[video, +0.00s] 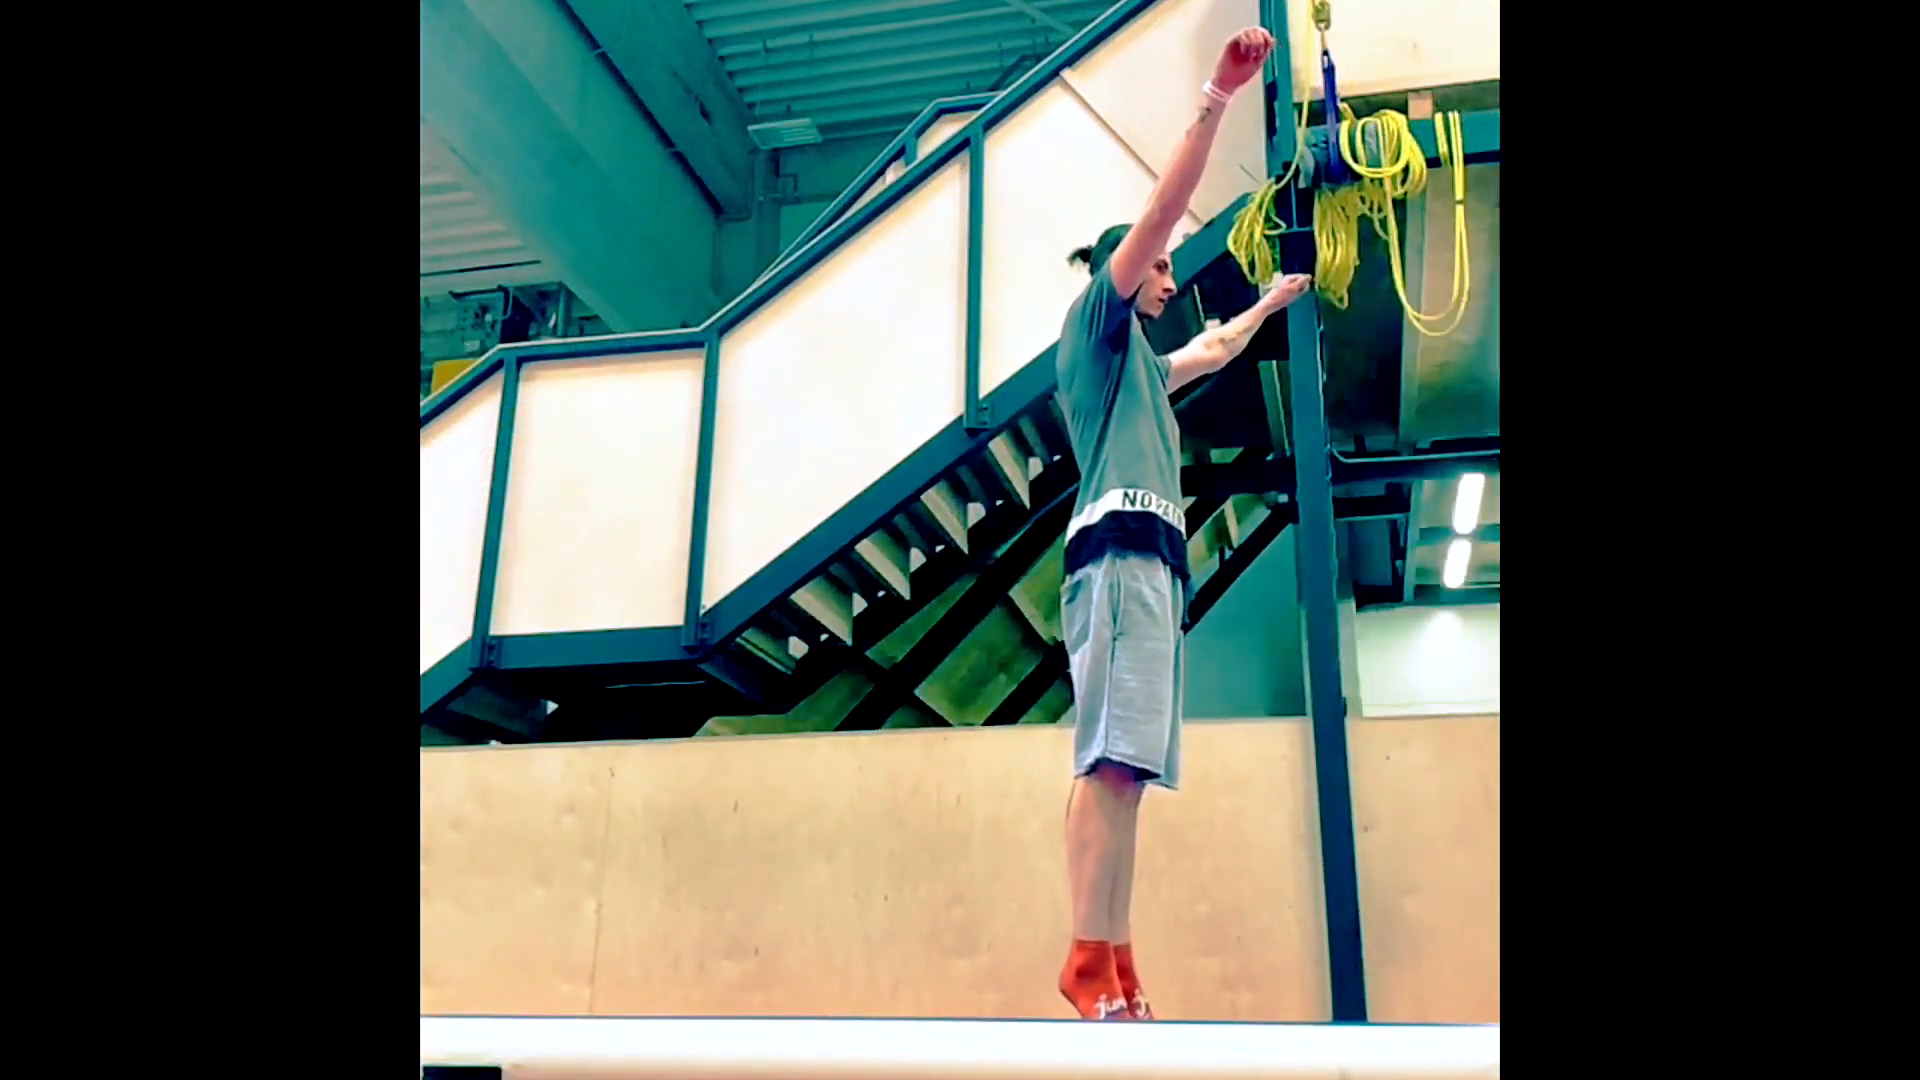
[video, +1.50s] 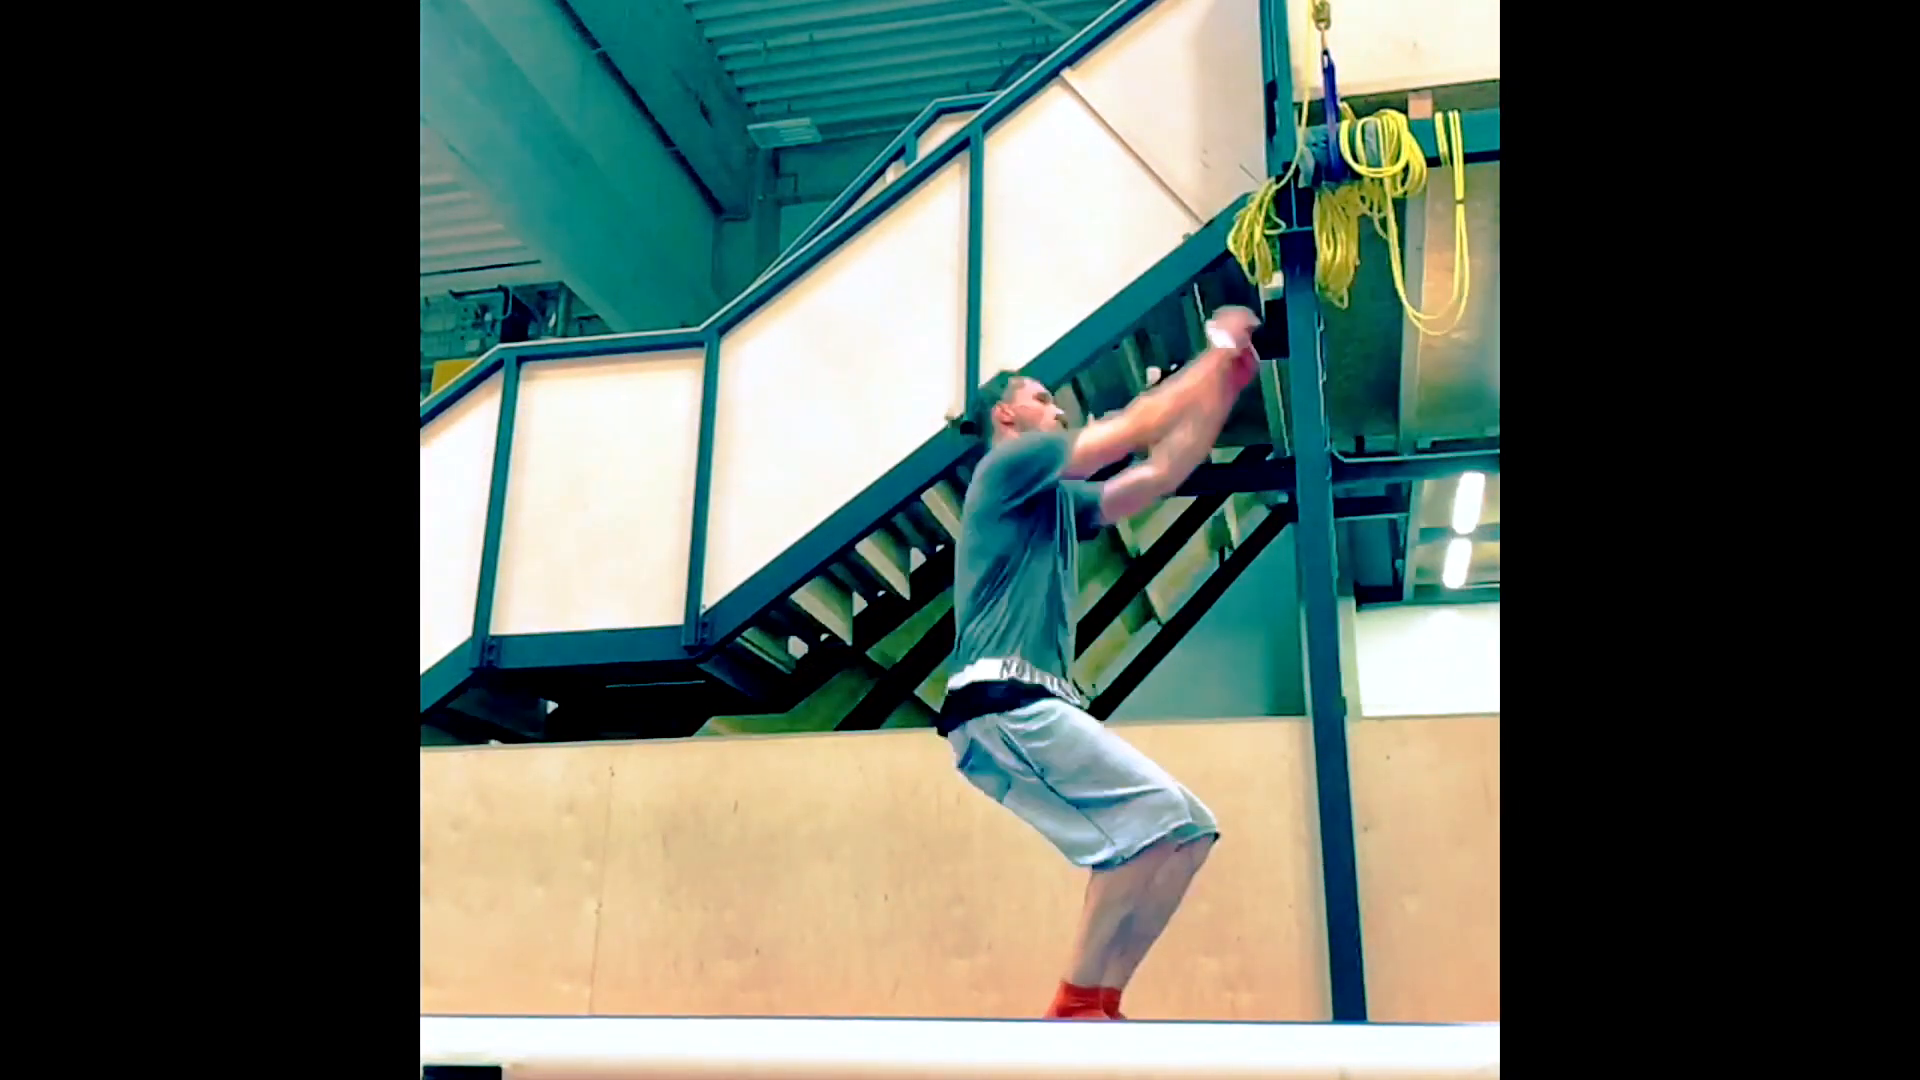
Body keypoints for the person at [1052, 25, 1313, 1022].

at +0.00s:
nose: (1164, 278)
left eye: (1166, 268)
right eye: (1153, 262)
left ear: (1148, 286)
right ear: (1118, 266)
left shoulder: (1137, 361)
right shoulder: (1097, 319)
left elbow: (1213, 345)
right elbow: (1165, 209)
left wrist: (1273, 299)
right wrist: (1215, 99)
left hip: (1149, 559)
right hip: (1120, 552)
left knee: (1127, 766)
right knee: (1112, 762)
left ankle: (1115, 964)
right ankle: (1086, 962)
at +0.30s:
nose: (1161, 282)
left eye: (1163, 273)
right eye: (1151, 267)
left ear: (1146, 290)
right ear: (1116, 269)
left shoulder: (1137, 361)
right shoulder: (1093, 319)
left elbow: (1212, 335)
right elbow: (1168, 207)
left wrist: (1270, 284)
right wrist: (1219, 100)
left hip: (1153, 561)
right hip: (1117, 555)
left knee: (1132, 767)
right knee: (1110, 761)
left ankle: (1116, 964)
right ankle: (1085, 962)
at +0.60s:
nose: (1154, 273)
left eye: (1152, 261)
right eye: (1141, 259)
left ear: (1127, 280)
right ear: (1104, 264)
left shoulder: (1126, 358)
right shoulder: (1082, 318)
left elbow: (1213, 325)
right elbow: (1189, 232)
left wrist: (1279, 262)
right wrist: (1268, 134)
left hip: (1140, 561)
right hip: (1110, 552)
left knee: (1129, 764)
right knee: (1110, 759)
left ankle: (1119, 966)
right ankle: (1087, 959)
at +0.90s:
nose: (1188, 292)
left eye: (1192, 282)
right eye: (1177, 275)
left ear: (1162, 286)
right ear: (1134, 272)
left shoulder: (1140, 374)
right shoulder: (1096, 330)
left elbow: (1159, 495)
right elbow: (1130, 445)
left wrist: (1219, 566)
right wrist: (1214, 525)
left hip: (1120, 570)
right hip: (1077, 556)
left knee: (1137, 768)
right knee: (1109, 754)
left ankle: (1123, 957)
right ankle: (1090, 955)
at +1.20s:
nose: (1251, 535)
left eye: (1252, 522)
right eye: (1239, 517)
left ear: (1202, 520)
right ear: (1194, 513)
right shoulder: (1112, 531)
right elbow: (1009, 462)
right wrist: (924, 397)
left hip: (1028, 736)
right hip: (999, 731)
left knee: (1186, 834)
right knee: (1170, 831)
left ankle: (1090, 1003)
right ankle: (1077, 1005)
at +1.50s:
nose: (1055, 403)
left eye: (1052, 396)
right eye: (1039, 395)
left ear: (1036, 419)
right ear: (1005, 415)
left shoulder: (1054, 497)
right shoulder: (1007, 463)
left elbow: (1163, 472)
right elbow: (1134, 426)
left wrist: (1226, 383)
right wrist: (1217, 352)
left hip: (1042, 707)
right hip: (1001, 707)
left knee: (1189, 834)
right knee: (1152, 824)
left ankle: (1100, 1005)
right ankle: (1076, 1005)